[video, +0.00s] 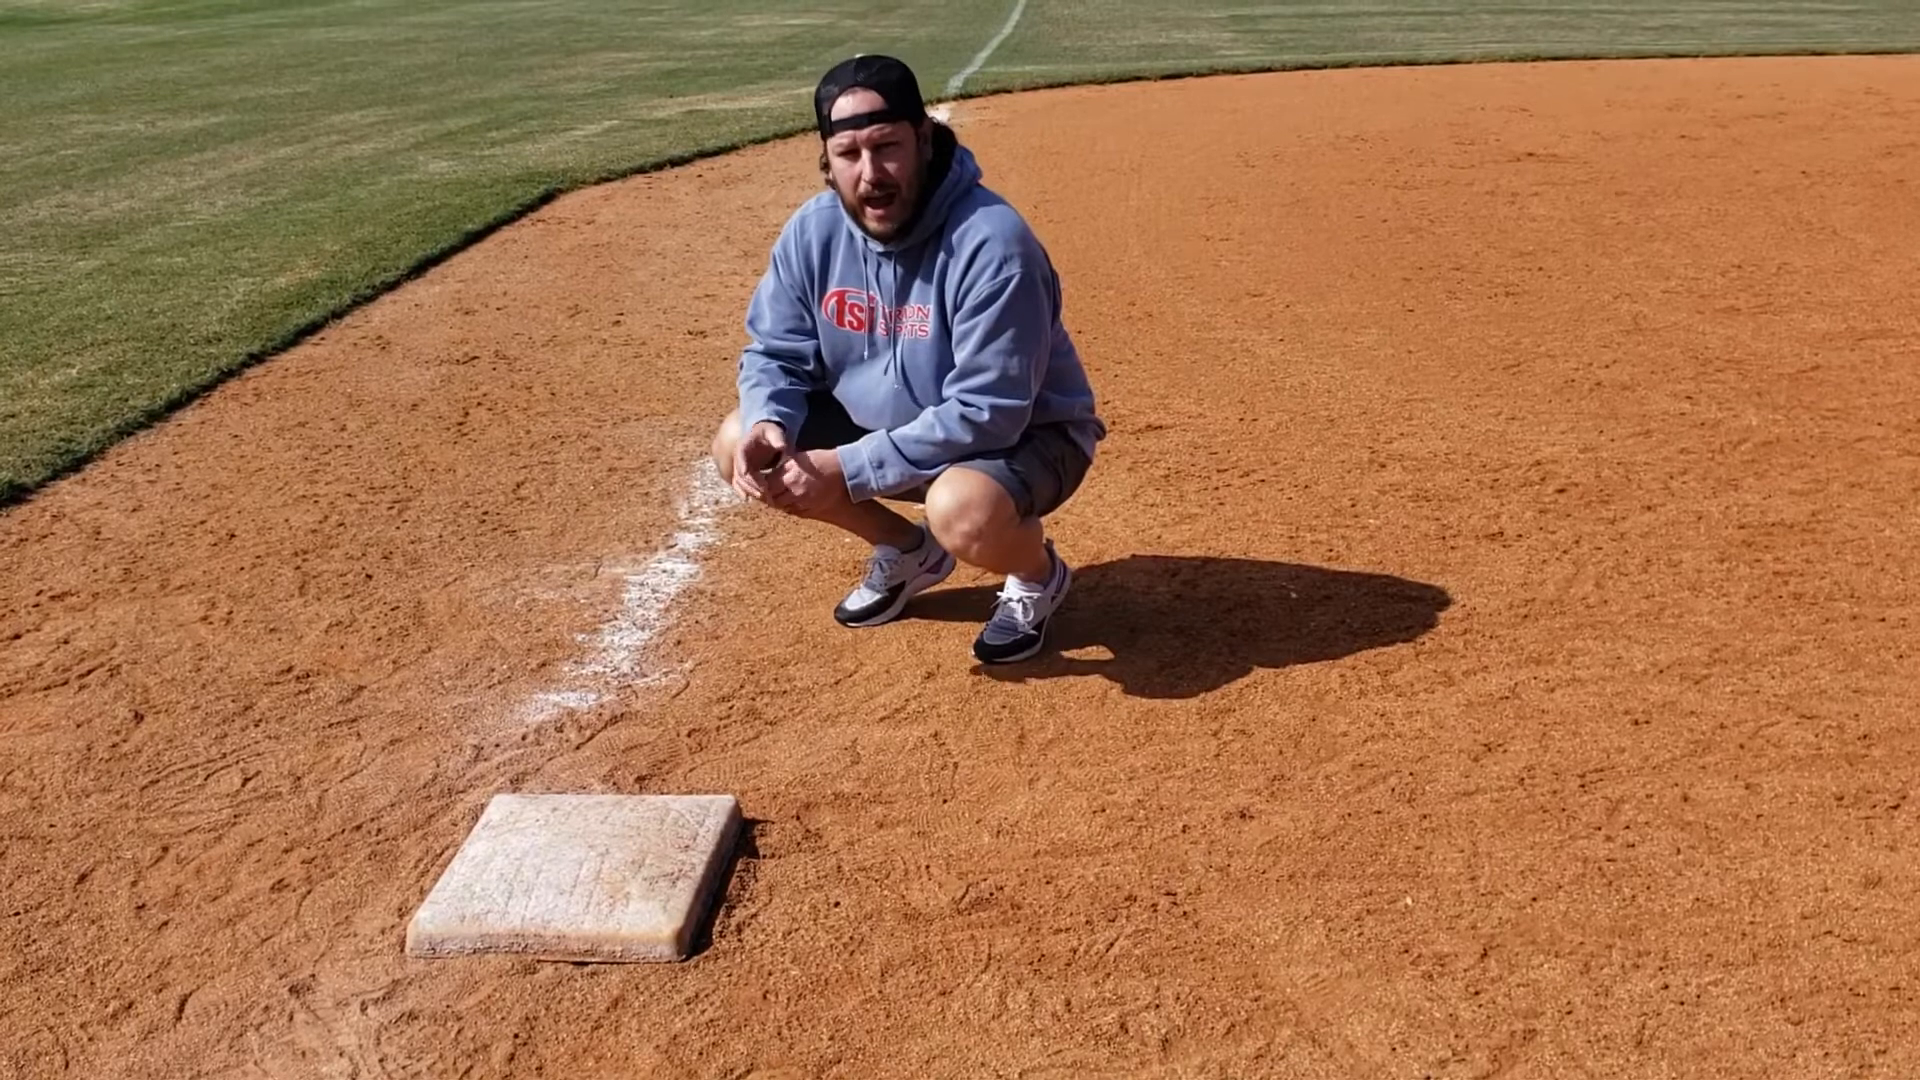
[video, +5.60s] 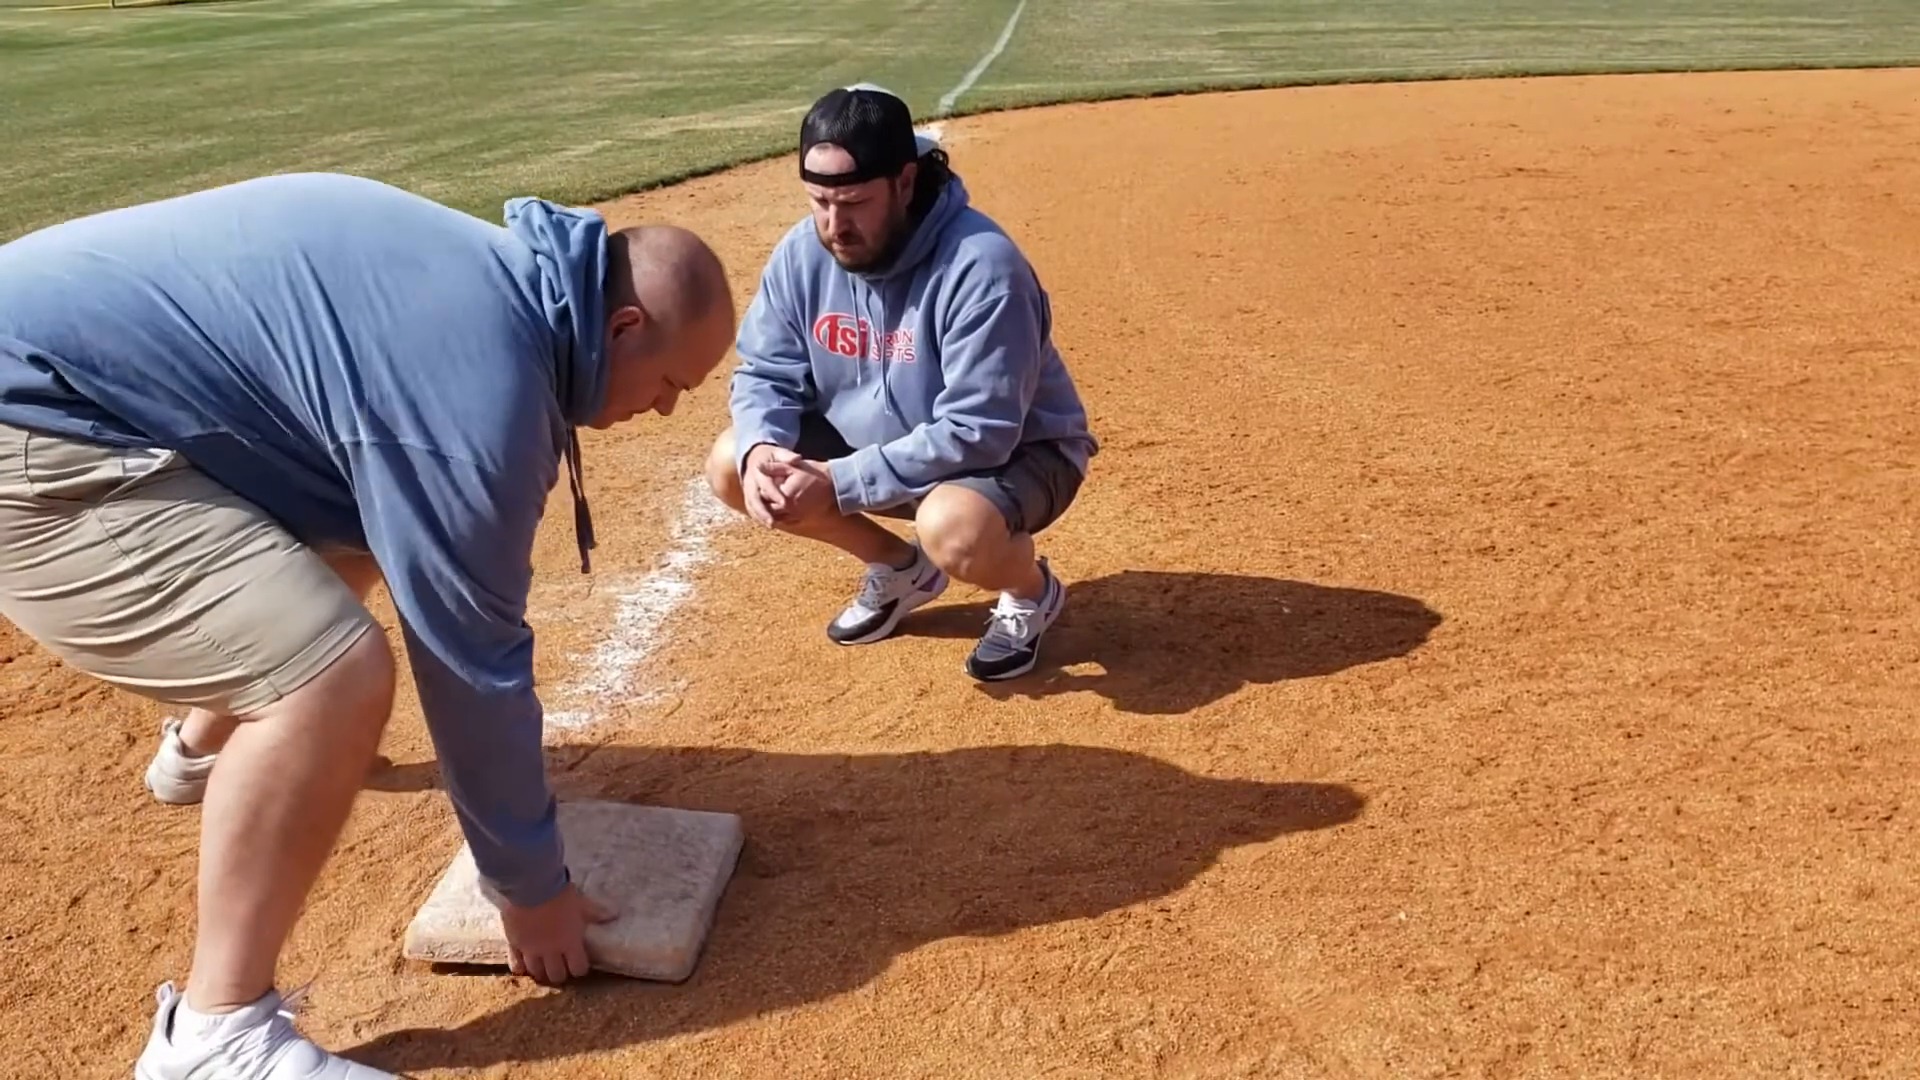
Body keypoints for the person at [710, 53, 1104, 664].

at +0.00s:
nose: (870, 174)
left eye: (887, 146)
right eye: (848, 154)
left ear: (925, 138)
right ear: (827, 161)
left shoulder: (992, 247)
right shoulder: (813, 232)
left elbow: (986, 415)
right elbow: (776, 351)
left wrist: (844, 470)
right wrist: (768, 424)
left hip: (1030, 433)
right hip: (893, 425)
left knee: (961, 510)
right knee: (743, 446)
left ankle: (1039, 576)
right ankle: (907, 549)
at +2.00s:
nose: (862, 193)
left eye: (878, 165)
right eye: (840, 171)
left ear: (918, 153)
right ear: (819, 174)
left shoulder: (988, 257)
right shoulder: (808, 240)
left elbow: (982, 423)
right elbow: (768, 357)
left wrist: (845, 474)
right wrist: (767, 434)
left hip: (1024, 441)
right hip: (889, 434)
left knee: (956, 516)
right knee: (736, 456)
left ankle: (1033, 583)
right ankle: (901, 555)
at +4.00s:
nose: (861, 198)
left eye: (878, 171)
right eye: (839, 177)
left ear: (917, 162)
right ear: (817, 182)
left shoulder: (983, 262)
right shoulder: (803, 249)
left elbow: (980, 428)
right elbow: (766, 365)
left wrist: (839, 481)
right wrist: (765, 441)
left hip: (1023, 447)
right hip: (887, 441)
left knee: (952, 524)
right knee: (734, 461)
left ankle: (1034, 589)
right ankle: (899, 561)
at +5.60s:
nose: (834, 224)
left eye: (854, 202)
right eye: (820, 201)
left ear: (905, 182)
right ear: (805, 189)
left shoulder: (982, 270)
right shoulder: (801, 255)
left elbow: (978, 433)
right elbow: (765, 371)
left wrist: (840, 483)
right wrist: (761, 446)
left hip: (1021, 452)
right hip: (883, 445)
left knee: (952, 528)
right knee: (735, 466)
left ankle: (1032, 593)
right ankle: (898, 565)